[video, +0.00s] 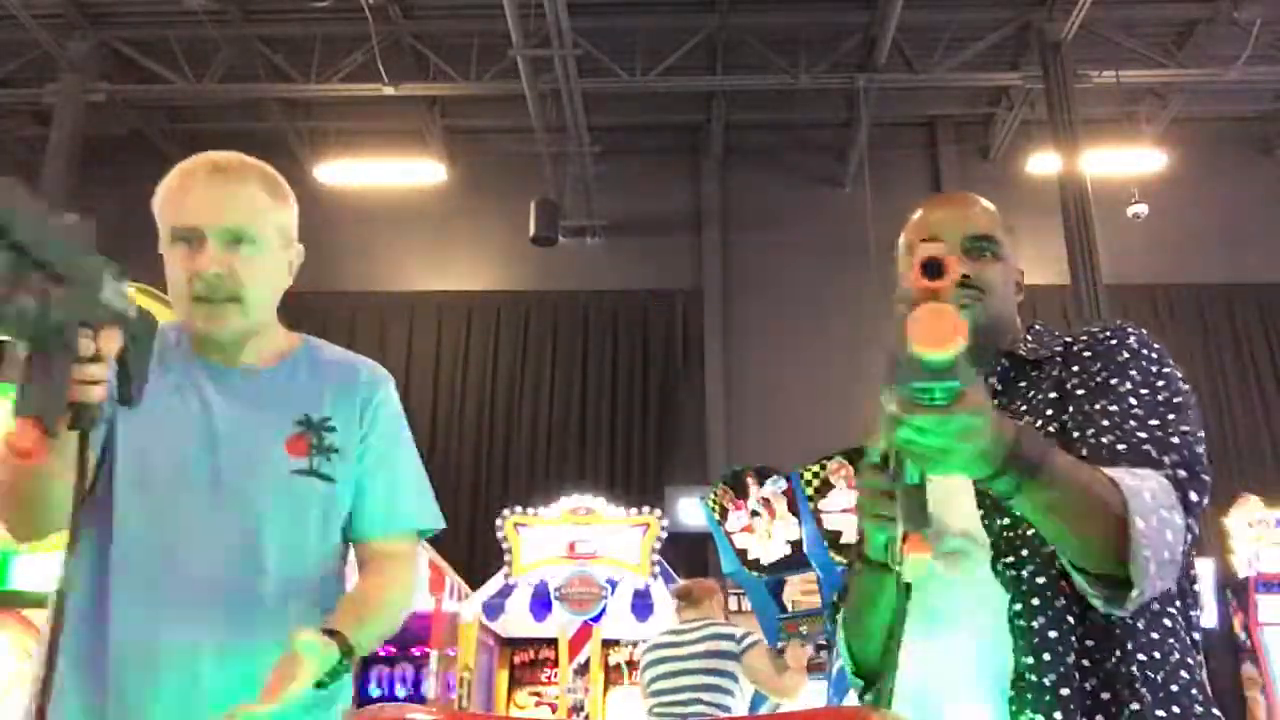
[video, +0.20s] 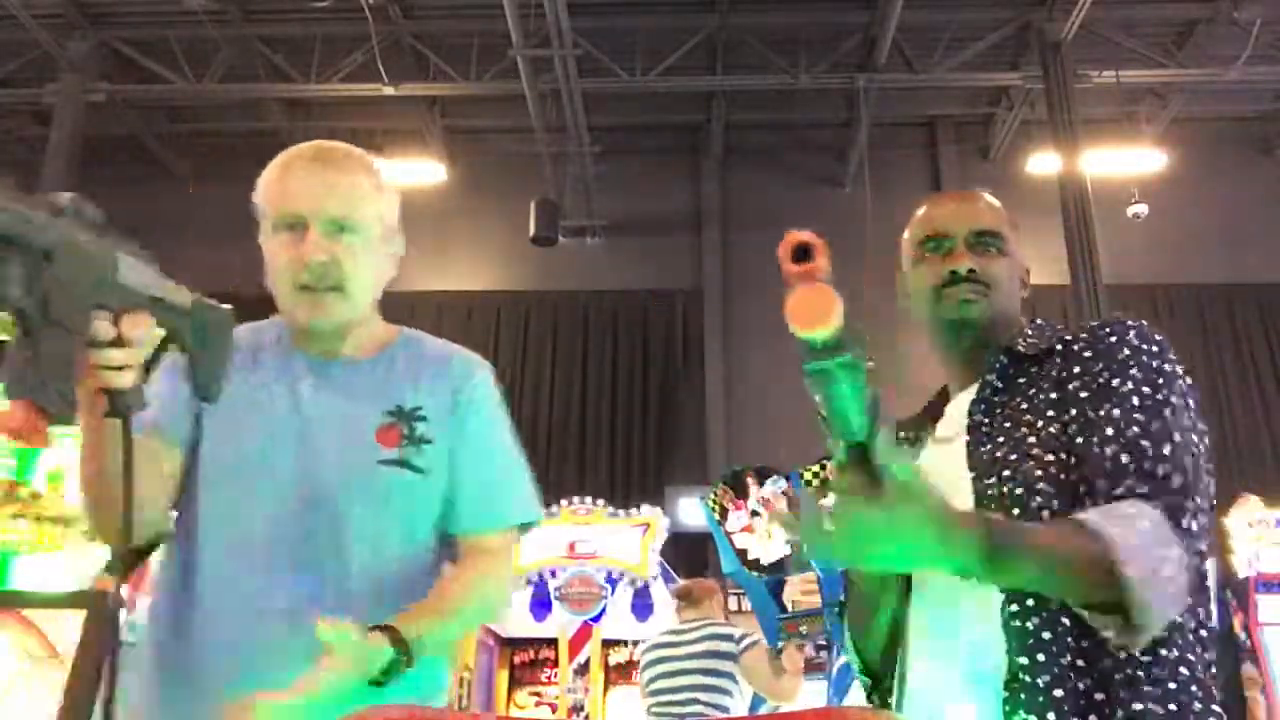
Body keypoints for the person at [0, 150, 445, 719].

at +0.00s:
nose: (210, 266)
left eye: (239, 241)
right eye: (188, 241)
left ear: (291, 262)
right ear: (162, 255)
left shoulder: (357, 393)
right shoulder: (111, 368)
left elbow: (393, 570)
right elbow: (28, 525)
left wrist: (329, 648)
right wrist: (66, 413)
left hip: (275, 711)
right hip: (102, 706)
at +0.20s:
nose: (314, 253)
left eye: (342, 229)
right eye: (290, 228)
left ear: (393, 253)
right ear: (262, 247)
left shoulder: (455, 385)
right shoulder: (203, 365)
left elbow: (490, 566)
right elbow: (126, 529)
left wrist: (385, 648)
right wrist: (101, 412)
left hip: (369, 714)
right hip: (192, 704)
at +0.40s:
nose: (323, 297)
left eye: (348, 279)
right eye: (300, 276)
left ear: (385, 306)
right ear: (269, 295)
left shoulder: (432, 420)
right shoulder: (221, 397)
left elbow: (473, 577)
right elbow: (160, 540)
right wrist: (182, 452)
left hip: (373, 705)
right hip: (217, 703)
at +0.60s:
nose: (311, 299)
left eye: (336, 281)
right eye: (289, 277)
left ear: (377, 305)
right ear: (258, 296)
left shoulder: (424, 410)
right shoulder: (198, 399)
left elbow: (441, 567)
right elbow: (161, 570)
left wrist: (300, 483)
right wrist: (182, 503)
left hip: (370, 705)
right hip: (213, 703)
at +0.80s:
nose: (261, 291)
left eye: (289, 272)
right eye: (242, 268)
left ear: (330, 301)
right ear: (208, 283)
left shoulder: (378, 404)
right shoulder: (139, 390)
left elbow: (401, 562)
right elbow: (121, 559)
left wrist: (271, 473)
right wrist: (172, 463)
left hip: (316, 707)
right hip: (153, 706)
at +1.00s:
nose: (316, 317)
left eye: (342, 299)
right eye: (297, 296)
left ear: (377, 325)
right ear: (264, 316)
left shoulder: (419, 426)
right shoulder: (208, 414)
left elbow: (431, 570)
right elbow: (171, 587)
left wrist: (284, 494)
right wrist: (171, 480)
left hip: (359, 707)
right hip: (212, 706)